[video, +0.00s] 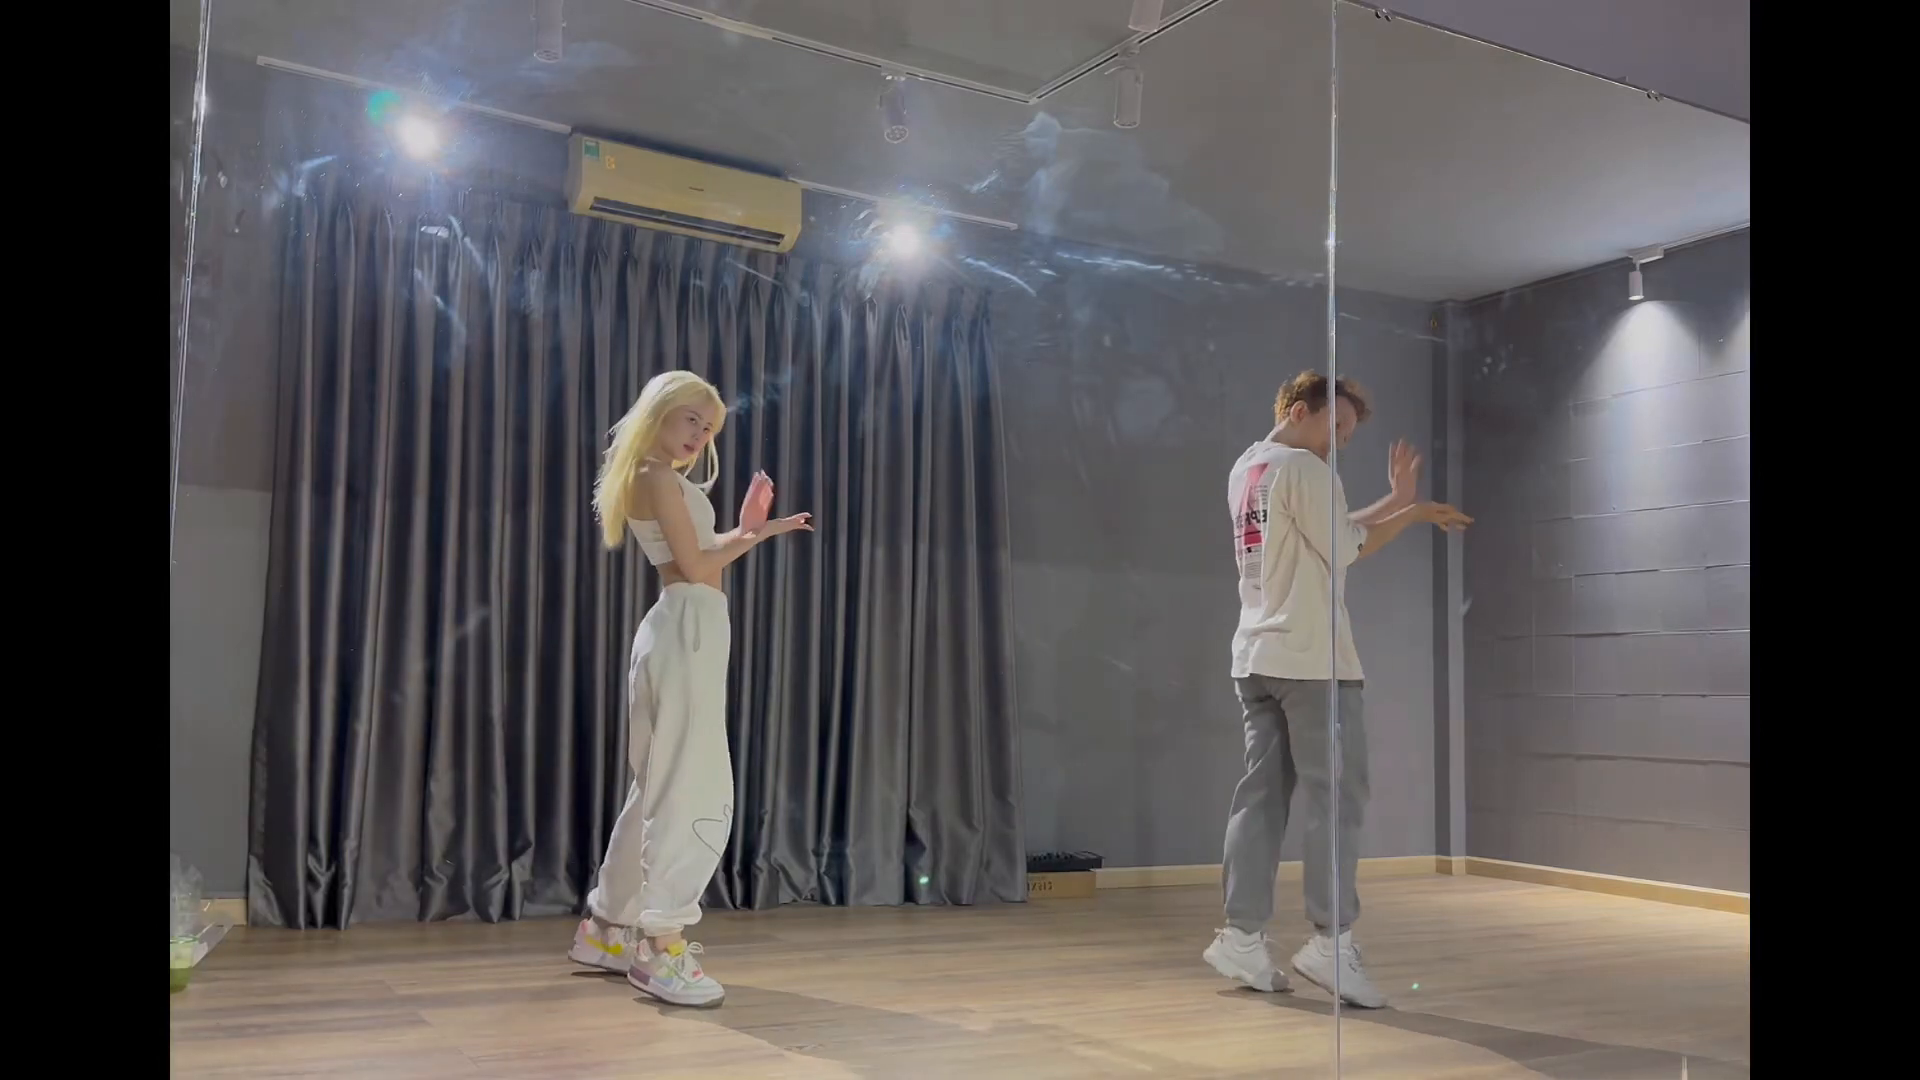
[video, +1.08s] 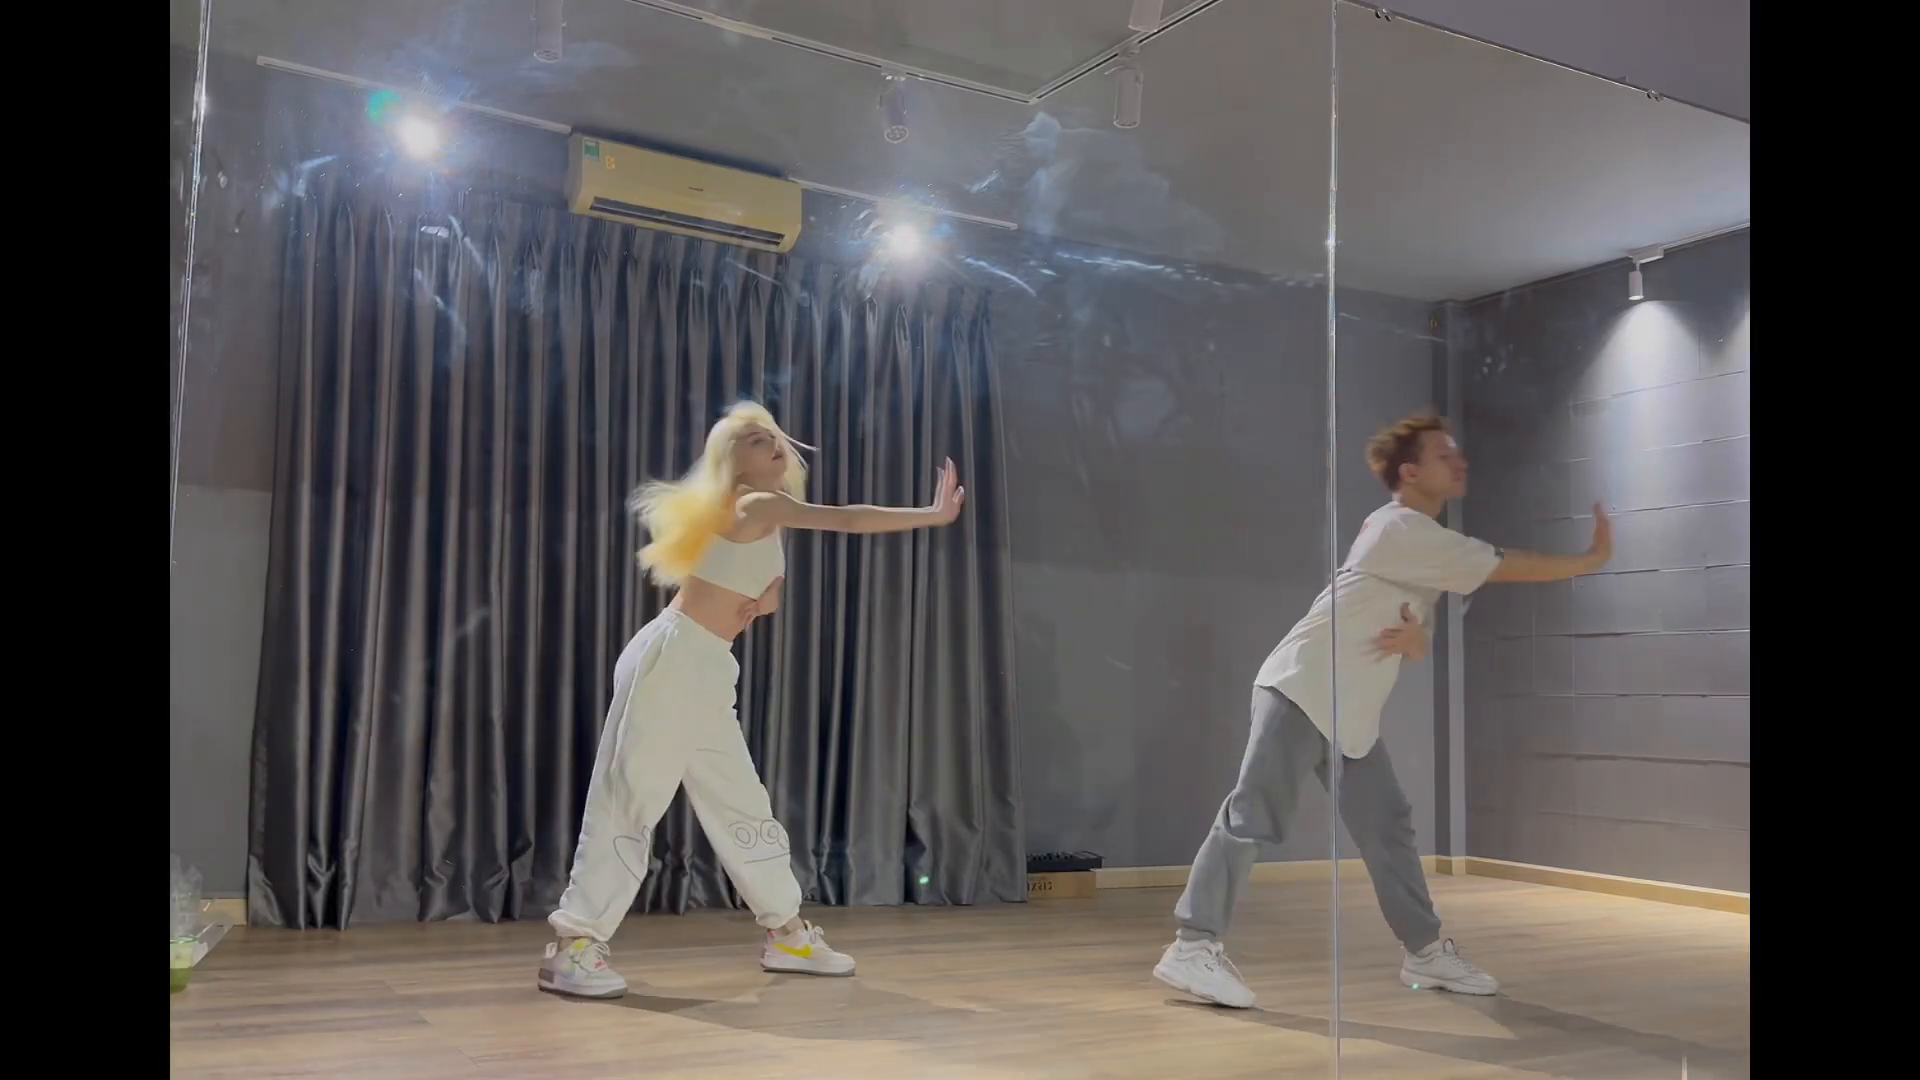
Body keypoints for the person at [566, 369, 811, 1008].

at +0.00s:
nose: (700, 434)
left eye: (708, 428)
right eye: (692, 419)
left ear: (704, 434)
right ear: (659, 415)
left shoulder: (656, 480)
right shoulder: (660, 479)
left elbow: (695, 563)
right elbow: (694, 566)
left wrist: (744, 530)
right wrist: (759, 534)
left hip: (669, 636)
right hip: (686, 639)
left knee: (657, 789)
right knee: (692, 792)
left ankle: (603, 929)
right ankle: (663, 948)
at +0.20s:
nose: (693, 457)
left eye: (691, 447)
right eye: (675, 450)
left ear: (695, 461)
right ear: (649, 473)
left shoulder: (657, 520)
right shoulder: (683, 527)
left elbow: (732, 503)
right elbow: (698, 625)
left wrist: (743, 449)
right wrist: (769, 615)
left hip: (634, 698)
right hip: (658, 705)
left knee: (674, 833)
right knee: (734, 812)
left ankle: (605, 939)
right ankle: (678, 946)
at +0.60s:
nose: (680, 474)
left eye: (686, 467)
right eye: (667, 462)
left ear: (685, 477)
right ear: (634, 469)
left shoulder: (630, 527)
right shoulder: (649, 531)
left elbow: (705, 531)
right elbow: (691, 614)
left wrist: (726, 534)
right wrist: (746, 610)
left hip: (644, 697)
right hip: (661, 701)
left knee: (676, 835)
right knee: (735, 818)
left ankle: (605, 941)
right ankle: (617, 924)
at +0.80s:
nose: (686, 476)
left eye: (695, 468)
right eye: (676, 461)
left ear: (699, 475)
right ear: (644, 459)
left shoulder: (659, 523)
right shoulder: (633, 509)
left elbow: (646, 608)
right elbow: (666, 578)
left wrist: (723, 607)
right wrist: (708, 523)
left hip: (698, 682)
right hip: (672, 683)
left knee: (755, 811)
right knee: (668, 828)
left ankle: (664, 903)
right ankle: (577, 948)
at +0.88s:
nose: (705, 448)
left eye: (712, 438)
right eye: (692, 437)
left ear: (718, 447)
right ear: (661, 444)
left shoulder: (665, 501)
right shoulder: (682, 494)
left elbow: (666, 594)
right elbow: (750, 548)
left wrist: (715, 608)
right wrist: (771, 523)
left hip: (691, 673)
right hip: (674, 673)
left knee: (770, 796)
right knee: (661, 828)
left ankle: (736, 922)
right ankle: (576, 948)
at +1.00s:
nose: (744, 438)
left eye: (743, 430)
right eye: (729, 437)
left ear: (759, 443)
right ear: (712, 464)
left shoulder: (716, 501)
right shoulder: (741, 494)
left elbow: (691, 601)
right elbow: (831, 528)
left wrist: (742, 601)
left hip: (692, 672)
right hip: (669, 669)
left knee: (752, 808)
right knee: (639, 816)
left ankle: (788, 933)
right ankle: (574, 947)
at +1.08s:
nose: (781, 445)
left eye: (778, 437)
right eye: (763, 440)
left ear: (778, 453)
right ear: (738, 461)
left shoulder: (749, 514)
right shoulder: (755, 504)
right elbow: (846, 519)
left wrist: (759, 602)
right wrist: (936, 515)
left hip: (703, 673)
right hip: (674, 662)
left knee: (744, 810)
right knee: (628, 805)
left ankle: (789, 935)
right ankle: (574, 946)